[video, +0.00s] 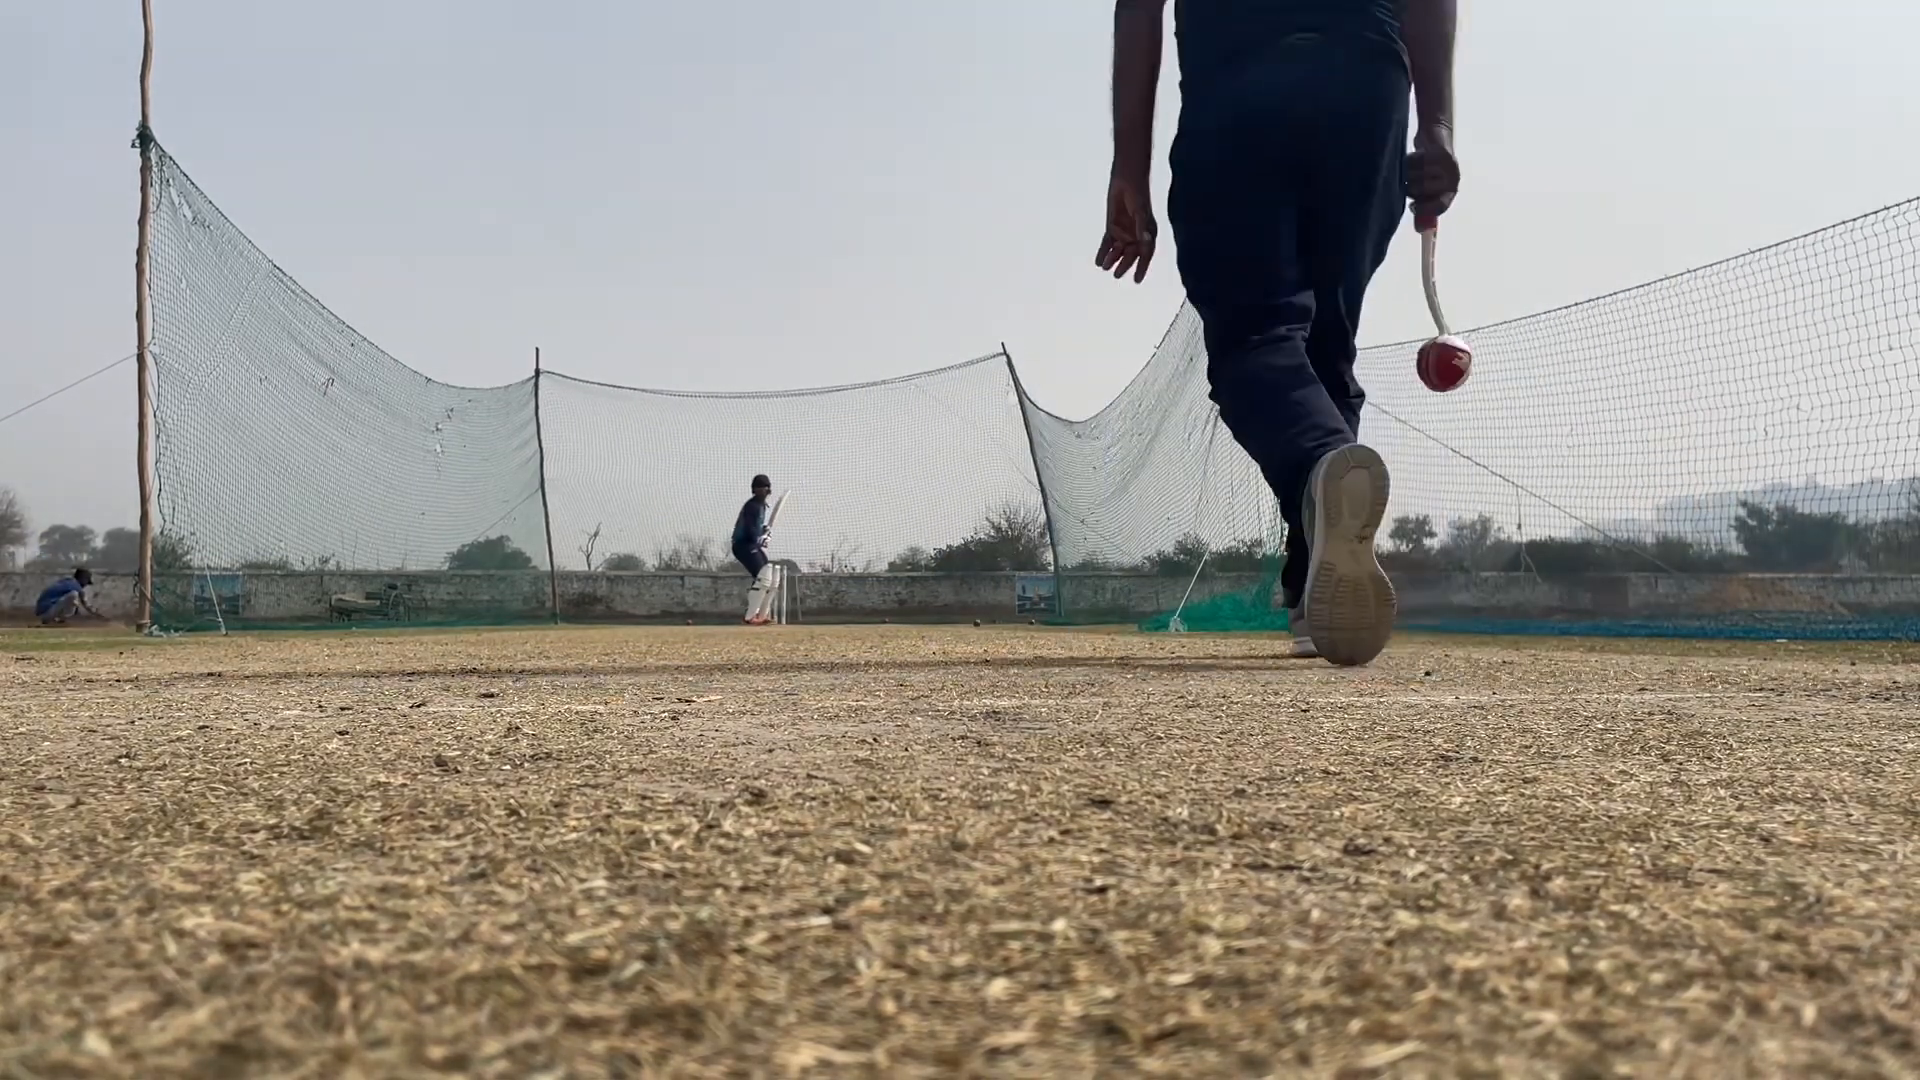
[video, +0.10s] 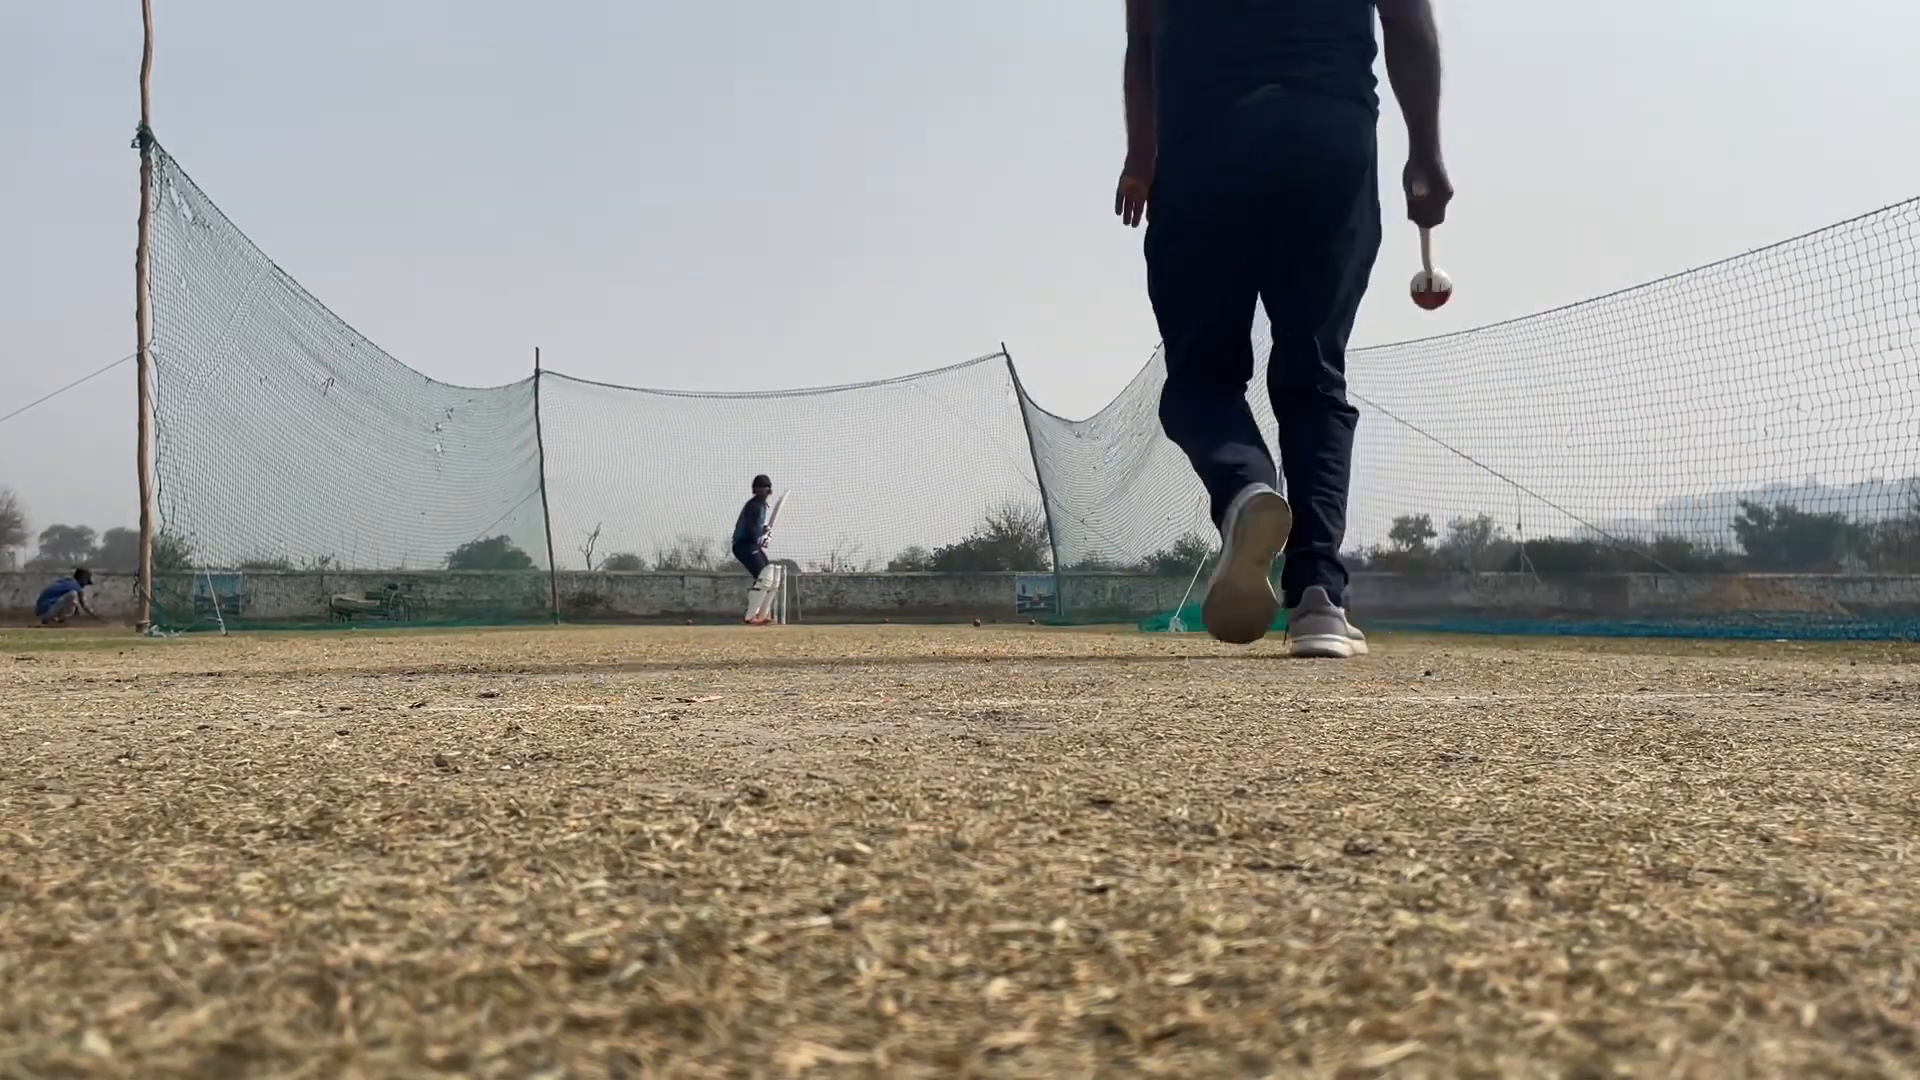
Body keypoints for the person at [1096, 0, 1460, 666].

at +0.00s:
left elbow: (1139, 14)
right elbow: (1426, 4)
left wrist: (1130, 169)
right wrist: (1435, 128)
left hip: (1230, 86)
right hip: (1365, 78)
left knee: (1253, 335)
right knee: (1331, 349)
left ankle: (1323, 470)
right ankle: (1314, 596)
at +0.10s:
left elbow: (1143, 40)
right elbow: (1409, 20)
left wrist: (1141, 155)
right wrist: (1425, 152)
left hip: (1204, 142)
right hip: (1329, 138)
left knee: (1201, 371)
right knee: (1316, 377)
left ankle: (1247, 492)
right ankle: (1321, 603)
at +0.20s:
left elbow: (1119, 23)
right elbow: (1443, 25)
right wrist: (1435, 23)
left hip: (1171, 186)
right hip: (1293, 180)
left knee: (1165, 384)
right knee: (1305, 392)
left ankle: (1170, 597)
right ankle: (1313, 598)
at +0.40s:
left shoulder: (1068, 17)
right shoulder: (1211, 5)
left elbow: (988, 25)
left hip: (1123, 257)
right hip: (1225, 241)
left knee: (1099, 432)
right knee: (1269, 398)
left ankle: (1077, 612)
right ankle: (1300, 542)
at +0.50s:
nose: (1048, 23)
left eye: (1049, 15)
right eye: (1118, 9)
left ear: (1050, 18)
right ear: (1120, 11)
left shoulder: (1021, 94)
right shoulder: (1170, 38)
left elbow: (927, 167)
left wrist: (873, 154)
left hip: (1109, 293)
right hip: (1209, 269)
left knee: (1090, 446)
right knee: (1245, 415)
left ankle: (1079, 613)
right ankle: (1265, 514)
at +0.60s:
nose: (1001, 92)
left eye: (1000, 81)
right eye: (1003, 83)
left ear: (1005, 76)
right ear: (1070, 62)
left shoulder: (1007, 129)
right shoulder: (1121, 94)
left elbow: (976, 261)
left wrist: (949, 340)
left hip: (1113, 272)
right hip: (1211, 249)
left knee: (1085, 439)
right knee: (1220, 423)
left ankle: (1079, 612)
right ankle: (1205, 510)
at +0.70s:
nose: (974, 127)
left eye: (971, 114)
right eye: (972, 116)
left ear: (980, 102)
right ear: (1034, 87)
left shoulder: (998, 116)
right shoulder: (1087, 126)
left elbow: (1033, 183)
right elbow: (1099, 264)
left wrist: (1042, 252)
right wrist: (1038, 372)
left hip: (1111, 251)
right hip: (1199, 229)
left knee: (1083, 432)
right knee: (1254, 396)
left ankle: (1080, 611)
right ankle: (1242, 442)